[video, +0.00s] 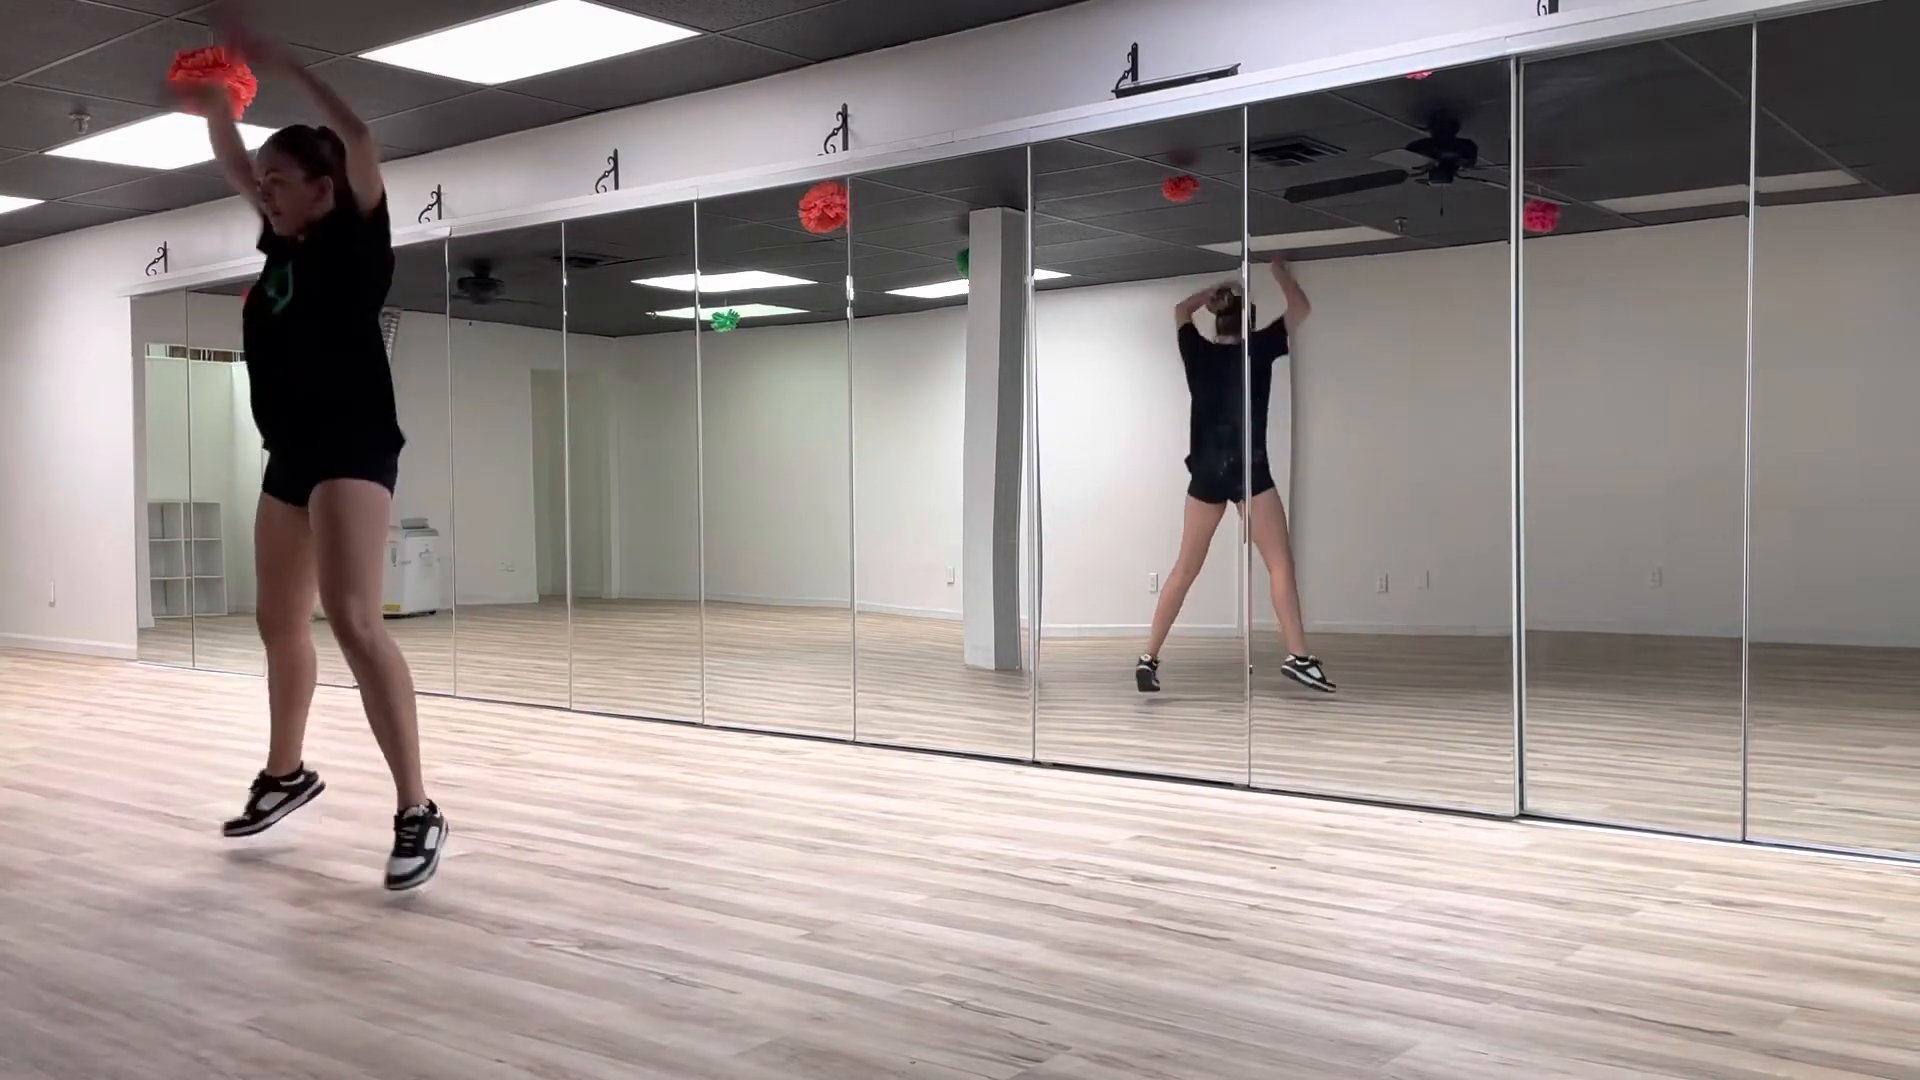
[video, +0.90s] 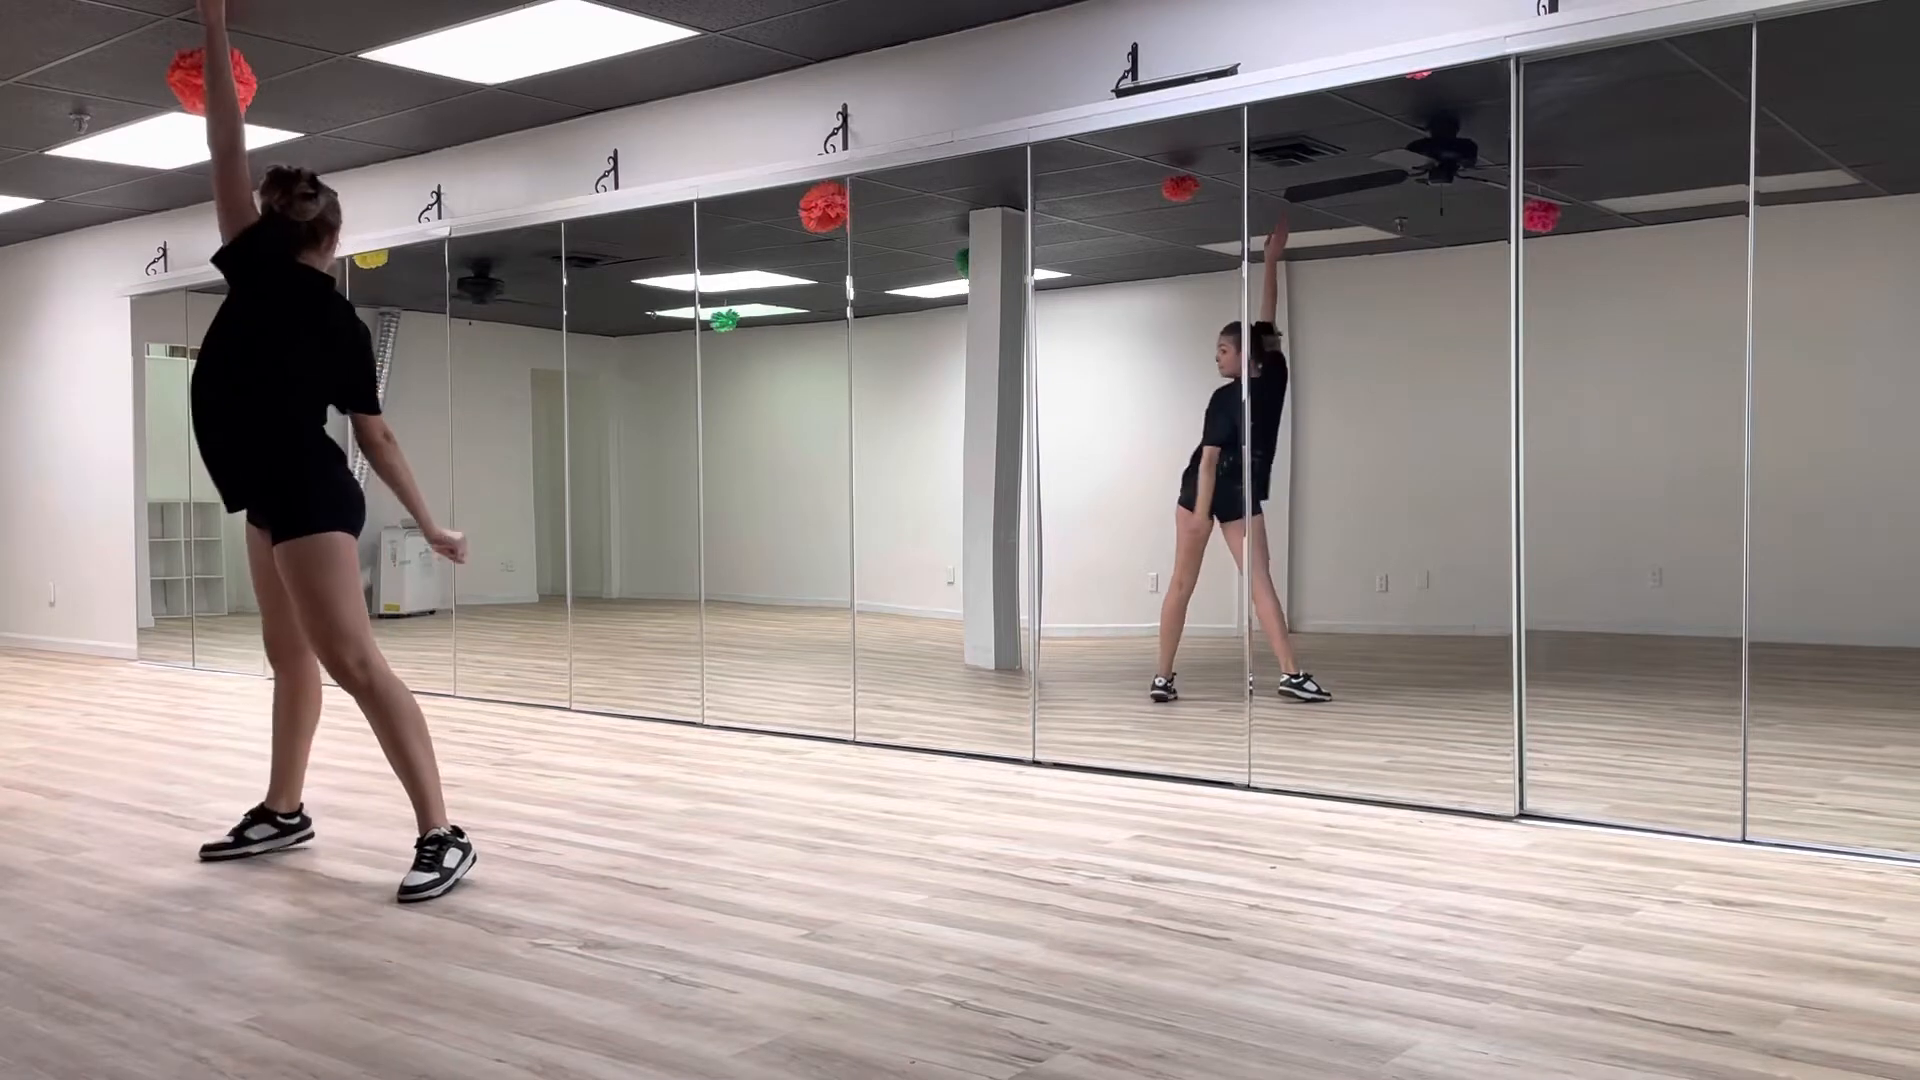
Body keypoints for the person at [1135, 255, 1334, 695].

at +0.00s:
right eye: (1248, 312)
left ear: (1213, 321)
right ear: (1249, 318)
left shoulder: (1197, 354)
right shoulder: (1261, 347)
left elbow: (1181, 313)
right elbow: (1300, 309)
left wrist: (1206, 296)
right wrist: (1281, 271)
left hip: (1207, 469)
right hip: (1252, 469)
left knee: (1184, 569)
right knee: (1280, 565)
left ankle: (1149, 658)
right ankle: (1298, 655)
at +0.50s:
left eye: (1236, 335)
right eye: (1261, 332)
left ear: (1229, 343)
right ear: (1266, 340)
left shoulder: (1216, 378)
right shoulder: (1276, 370)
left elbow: (1174, 349)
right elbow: (1278, 310)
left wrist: (1213, 314)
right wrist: (1274, 253)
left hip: (1228, 490)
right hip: (1275, 486)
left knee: (1209, 584)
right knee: (1282, 585)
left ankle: (1167, 671)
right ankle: (1291, 679)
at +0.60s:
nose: (1227, 350)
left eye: (1229, 343)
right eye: (1277, 330)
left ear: (1235, 344)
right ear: (1273, 339)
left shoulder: (1224, 377)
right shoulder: (1286, 365)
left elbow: (1162, 396)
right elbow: (1281, 308)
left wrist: (1190, 354)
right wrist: (1276, 254)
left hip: (1227, 484)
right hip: (1274, 483)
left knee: (1206, 574)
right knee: (1283, 583)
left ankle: (1169, 660)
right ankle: (1291, 676)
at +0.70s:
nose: (1221, 345)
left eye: (1226, 337)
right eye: (1223, 337)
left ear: (1242, 339)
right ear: (1264, 338)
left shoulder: (1225, 382)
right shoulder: (1285, 364)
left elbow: (1192, 435)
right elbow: (1278, 306)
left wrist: (1165, 401)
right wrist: (1277, 251)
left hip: (1221, 477)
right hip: (1269, 477)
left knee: (1201, 572)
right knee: (1277, 579)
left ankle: (1169, 661)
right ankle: (1292, 673)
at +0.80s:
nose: (1219, 352)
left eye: (1223, 345)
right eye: (1220, 344)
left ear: (1243, 345)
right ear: (1258, 343)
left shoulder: (1230, 388)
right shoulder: (1280, 369)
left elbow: (1213, 451)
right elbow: (1271, 313)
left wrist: (1164, 476)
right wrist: (1274, 254)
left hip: (1212, 482)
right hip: (1258, 482)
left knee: (1192, 576)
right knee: (1266, 578)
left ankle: (1167, 670)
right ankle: (1292, 672)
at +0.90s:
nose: (1217, 357)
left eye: (1223, 350)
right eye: (1218, 349)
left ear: (1244, 353)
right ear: (1259, 354)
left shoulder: (1226, 397)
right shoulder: (1276, 378)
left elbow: (1210, 460)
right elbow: (1268, 319)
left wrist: (1201, 512)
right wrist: (1271, 259)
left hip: (1203, 483)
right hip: (1245, 486)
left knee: (1182, 583)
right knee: (1260, 579)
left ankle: (1163, 677)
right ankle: (1291, 673)